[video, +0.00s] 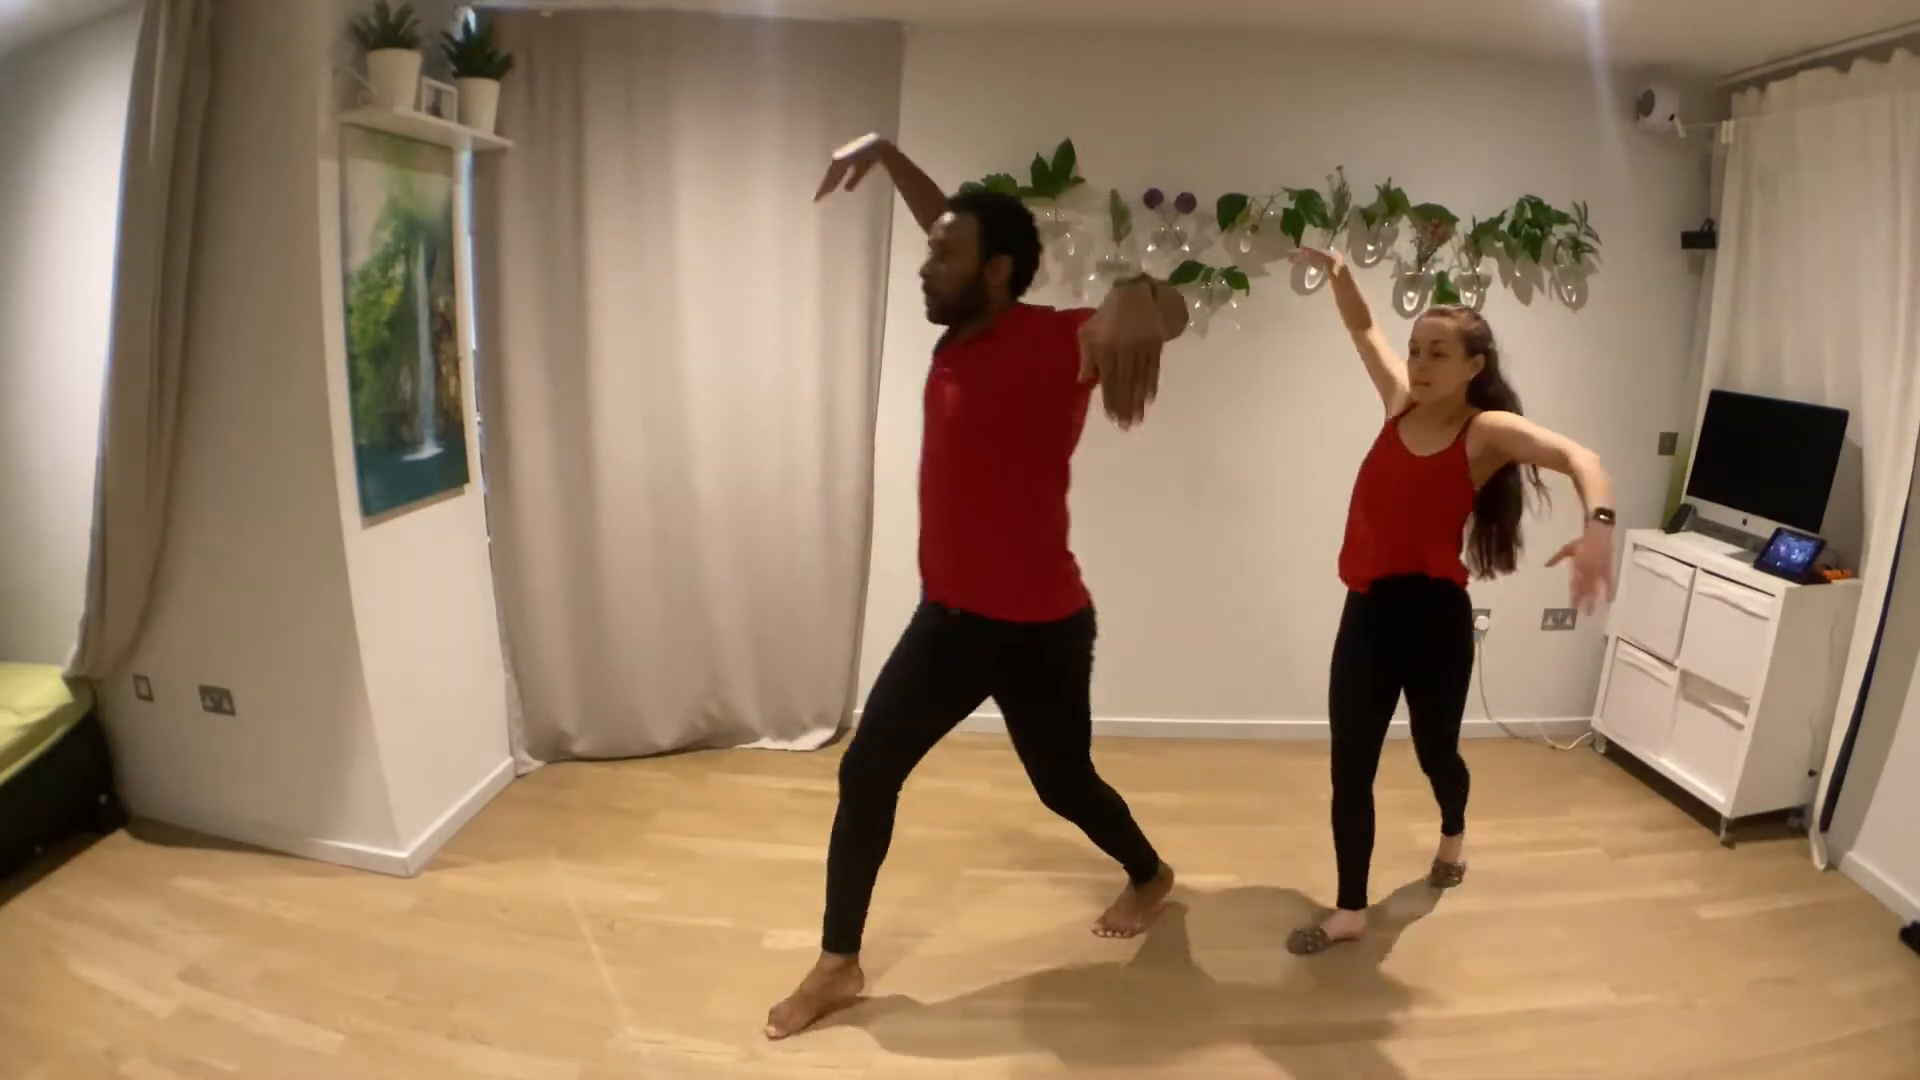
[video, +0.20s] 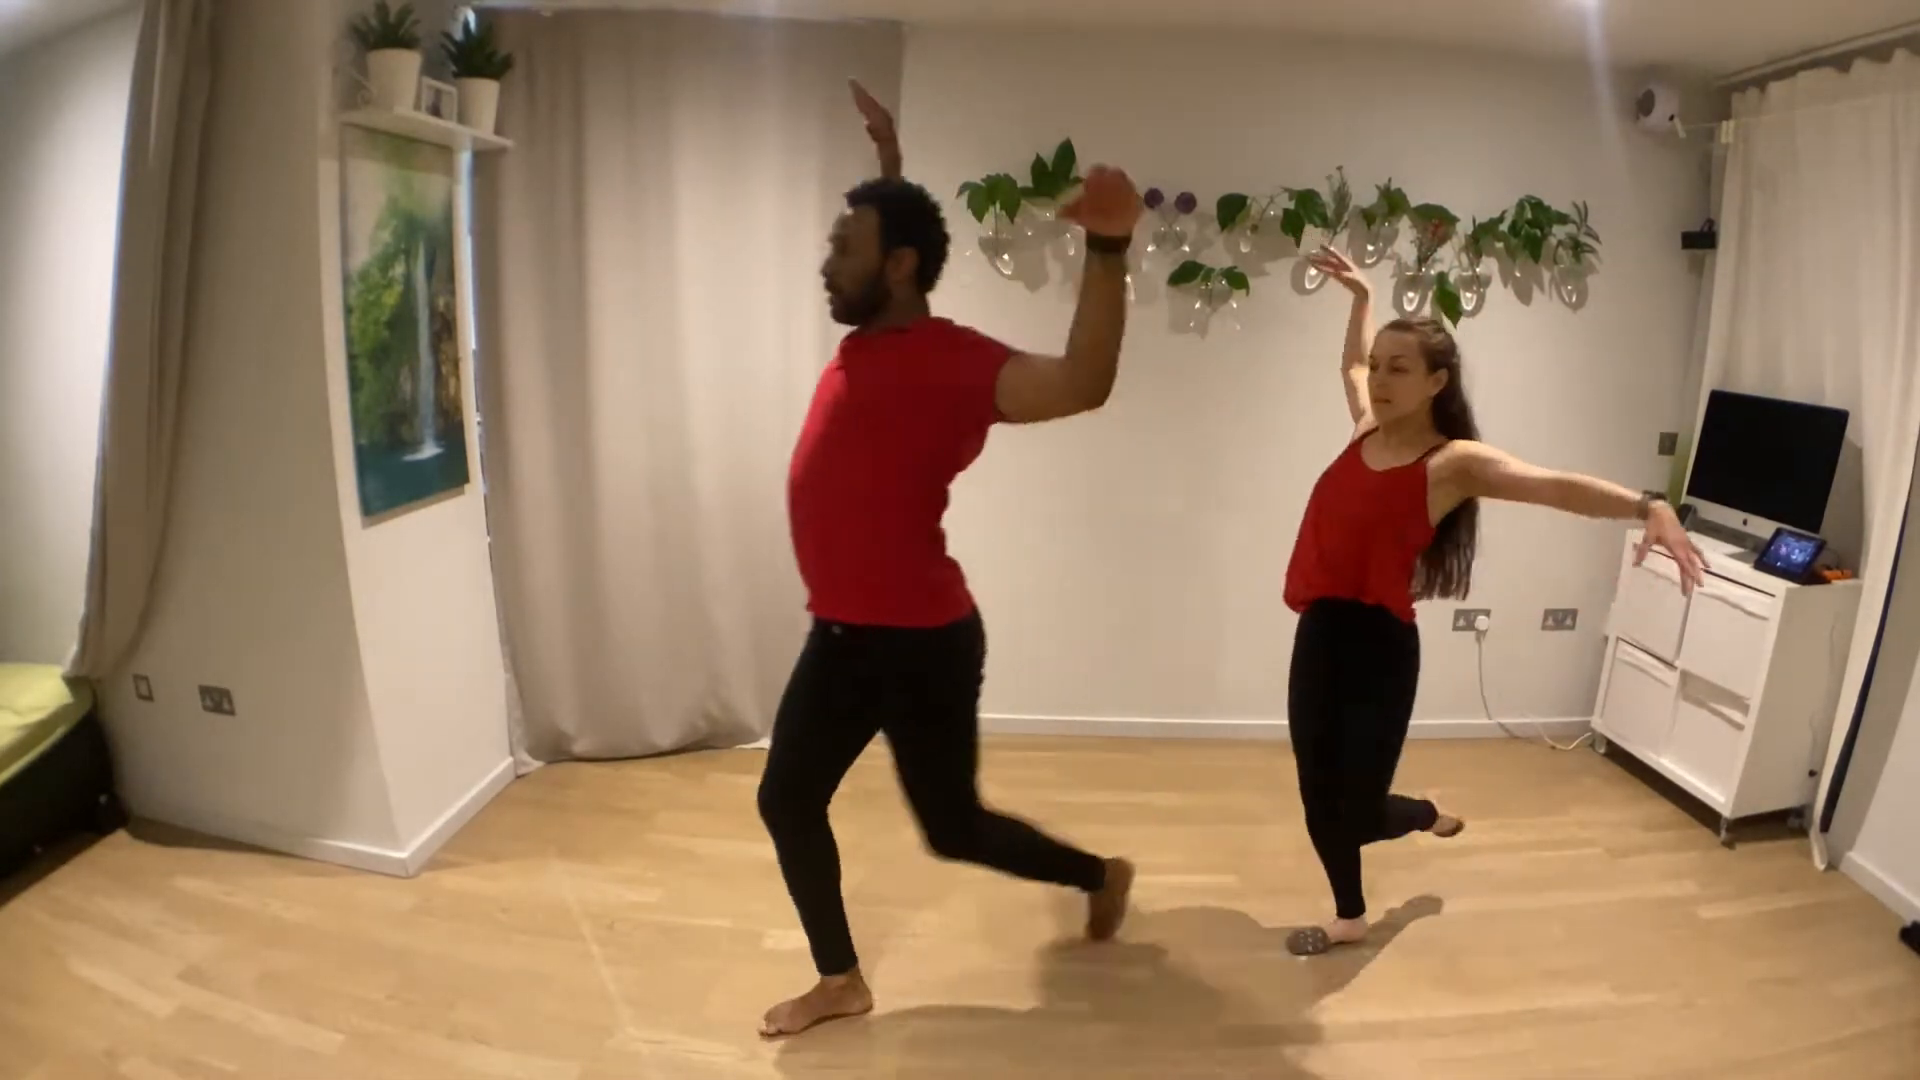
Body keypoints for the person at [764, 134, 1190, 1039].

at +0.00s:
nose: (927, 262)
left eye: (945, 249)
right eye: (931, 245)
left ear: (999, 270)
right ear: (976, 265)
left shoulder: (1056, 336)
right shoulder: (962, 329)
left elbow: (1156, 315)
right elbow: (949, 228)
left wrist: (1138, 313)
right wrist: (886, 149)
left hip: (1039, 626)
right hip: (952, 617)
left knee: (1064, 783)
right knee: (868, 769)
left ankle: (1152, 876)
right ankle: (838, 959)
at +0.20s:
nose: (826, 258)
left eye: (844, 243)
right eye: (832, 240)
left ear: (899, 265)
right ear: (887, 266)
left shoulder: (951, 361)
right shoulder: (868, 344)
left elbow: (1084, 380)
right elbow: (892, 256)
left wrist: (1108, 249)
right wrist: (889, 166)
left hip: (928, 636)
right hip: (845, 632)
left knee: (953, 829)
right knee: (787, 801)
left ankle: (1101, 878)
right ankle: (840, 979)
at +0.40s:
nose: (733, 272)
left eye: (749, 254)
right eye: (734, 252)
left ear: (810, 267)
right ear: (806, 268)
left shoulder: (860, 373)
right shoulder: (772, 360)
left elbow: (920, 499)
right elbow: (710, 348)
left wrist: (962, 379)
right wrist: (743, 255)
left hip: (837, 654)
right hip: (783, 646)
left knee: (683, 829)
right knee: (753, 814)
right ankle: (837, 978)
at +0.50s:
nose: (690, 279)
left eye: (705, 262)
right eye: (692, 262)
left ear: (767, 274)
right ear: (752, 275)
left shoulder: (830, 375)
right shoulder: (727, 364)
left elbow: (830, 538)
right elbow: (641, 366)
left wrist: (807, 460)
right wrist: (638, 249)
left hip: (796, 668)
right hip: (737, 655)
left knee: (606, 811)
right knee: (724, 832)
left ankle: (546, 1013)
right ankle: (837, 981)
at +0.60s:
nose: (647, 288)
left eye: (665, 271)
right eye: (653, 269)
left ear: (726, 287)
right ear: (719, 287)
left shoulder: (791, 395)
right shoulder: (702, 369)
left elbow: (735, 530)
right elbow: (585, 367)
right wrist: (536, 254)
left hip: (737, 669)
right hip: (697, 655)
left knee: (541, 815)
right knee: (691, 839)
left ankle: (463, 1007)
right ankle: (832, 979)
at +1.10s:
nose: (459, 295)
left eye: (483, 274)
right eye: (454, 273)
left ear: (544, 285)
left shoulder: (571, 399)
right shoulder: (528, 359)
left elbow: (647, 571)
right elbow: (501, 274)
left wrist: (539, 534)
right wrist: (442, 233)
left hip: (526, 689)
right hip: (515, 677)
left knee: (416, 878)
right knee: (465, 870)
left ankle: (468, 1068)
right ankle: (623, 967)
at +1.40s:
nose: (435, 355)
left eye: (456, 328)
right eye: (420, 334)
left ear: (511, 316)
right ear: (411, 331)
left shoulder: (592, 355)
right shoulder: (463, 441)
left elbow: (612, 493)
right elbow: (344, 572)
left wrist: (436, 503)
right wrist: (203, 527)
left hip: (696, 633)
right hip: (606, 636)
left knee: (596, 837)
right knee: (559, 830)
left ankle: (714, 990)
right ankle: (639, 980)